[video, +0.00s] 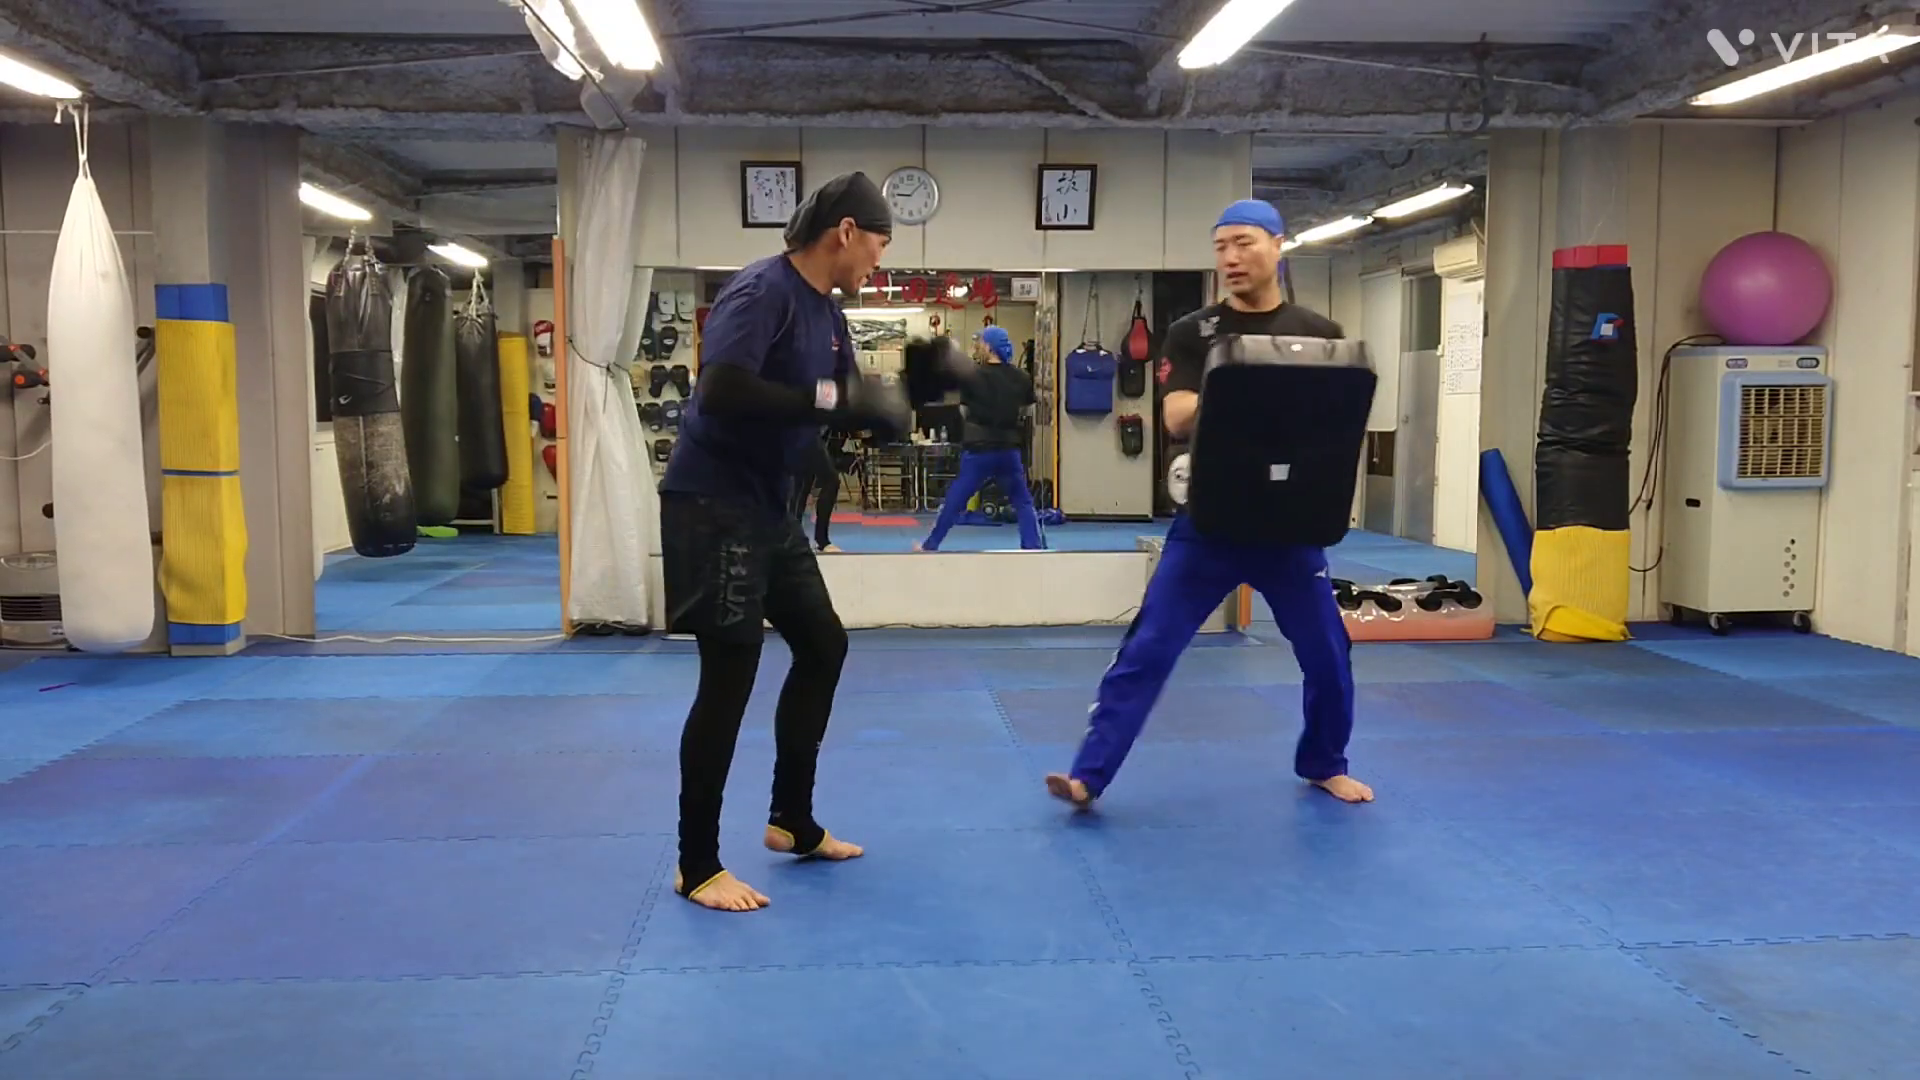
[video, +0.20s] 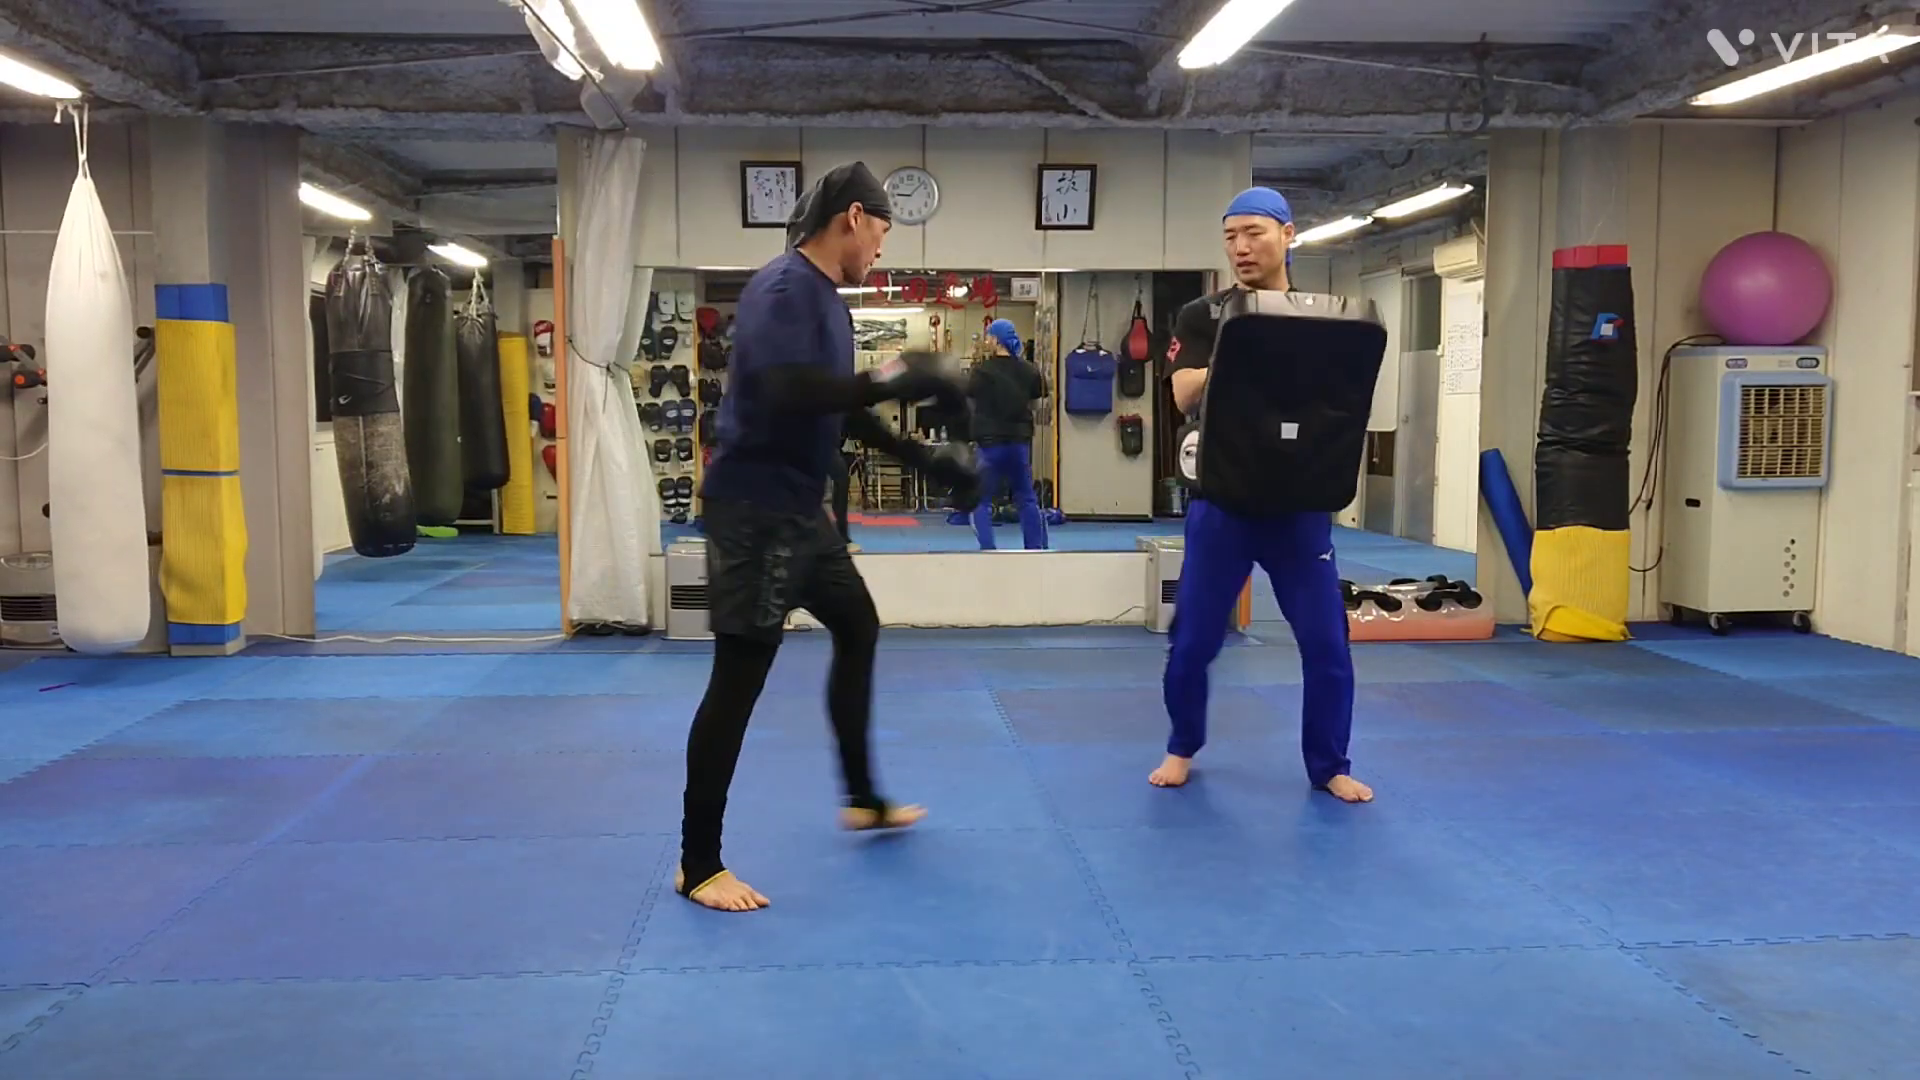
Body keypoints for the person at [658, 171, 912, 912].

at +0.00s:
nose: (879, 263)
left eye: (882, 250)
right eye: (876, 246)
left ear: (841, 237)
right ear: (841, 232)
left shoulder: (830, 316)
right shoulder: (760, 291)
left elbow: (851, 408)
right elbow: (719, 390)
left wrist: (918, 389)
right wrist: (826, 400)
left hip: (772, 514)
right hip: (714, 510)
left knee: (823, 648)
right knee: (726, 677)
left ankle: (791, 822)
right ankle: (697, 869)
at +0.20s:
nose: (881, 249)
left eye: (885, 235)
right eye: (881, 232)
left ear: (845, 220)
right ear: (852, 219)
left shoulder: (829, 301)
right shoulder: (782, 288)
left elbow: (841, 411)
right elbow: (781, 390)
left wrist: (922, 458)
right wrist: (895, 384)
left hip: (800, 510)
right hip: (752, 511)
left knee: (857, 624)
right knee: (739, 676)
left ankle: (862, 799)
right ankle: (698, 867)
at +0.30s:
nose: (882, 251)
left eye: (884, 237)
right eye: (881, 234)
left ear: (844, 223)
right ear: (852, 222)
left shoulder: (824, 297)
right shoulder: (795, 289)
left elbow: (819, 426)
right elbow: (852, 381)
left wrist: (883, 487)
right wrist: (933, 351)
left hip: (822, 517)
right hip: (774, 517)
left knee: (872, 634)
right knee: (748, 682)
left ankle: (909, 795)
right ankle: (699, 865)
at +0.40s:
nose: (885, 244)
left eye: (883, 233)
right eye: (880, 232)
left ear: (832, 233)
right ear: (853, 229)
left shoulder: (791, 308)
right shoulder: (853, 292)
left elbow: (763, 419)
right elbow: (952, 336)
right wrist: (945, 284)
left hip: (822, 511)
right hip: (831, 514)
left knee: (909, 633)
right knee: (793, 680)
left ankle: (943, 803)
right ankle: (705, 857)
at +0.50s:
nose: (872, 246)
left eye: (868, 235)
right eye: (867, 235)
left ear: (816, 243)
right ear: (842, 236)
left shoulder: (778, 324)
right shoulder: (879, 282)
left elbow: (724, 415)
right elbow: (980, 308)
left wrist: (690, 492)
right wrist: (949, 277)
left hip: (852, 503)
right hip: (905, 485)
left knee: (925, 649)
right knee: (933, 648)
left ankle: (944, 806)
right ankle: (803, 767)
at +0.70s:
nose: (844, 268)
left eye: (838, 260)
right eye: (839, 258)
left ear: (777, 270)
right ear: (823, 257)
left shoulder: (758, 344)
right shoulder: (867, 295)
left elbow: (792, 410)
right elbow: (951, 346)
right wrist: (1002, 374)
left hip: (912, 494)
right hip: (964, 427)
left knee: (920, 636)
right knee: (1077, 394)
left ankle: (986, 779)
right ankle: (1183, 387)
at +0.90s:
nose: (875, 257)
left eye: (875, 247)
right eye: (870, 247)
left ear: (815, 252)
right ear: (843, 244)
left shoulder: (781, 337)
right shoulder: (863, 282)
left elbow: (821, 439)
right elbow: (910, 345)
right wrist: (991, 378)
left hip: (887, 485)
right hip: (947, 436)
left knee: (933, 631)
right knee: (1069, 457)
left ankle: (963, 785)